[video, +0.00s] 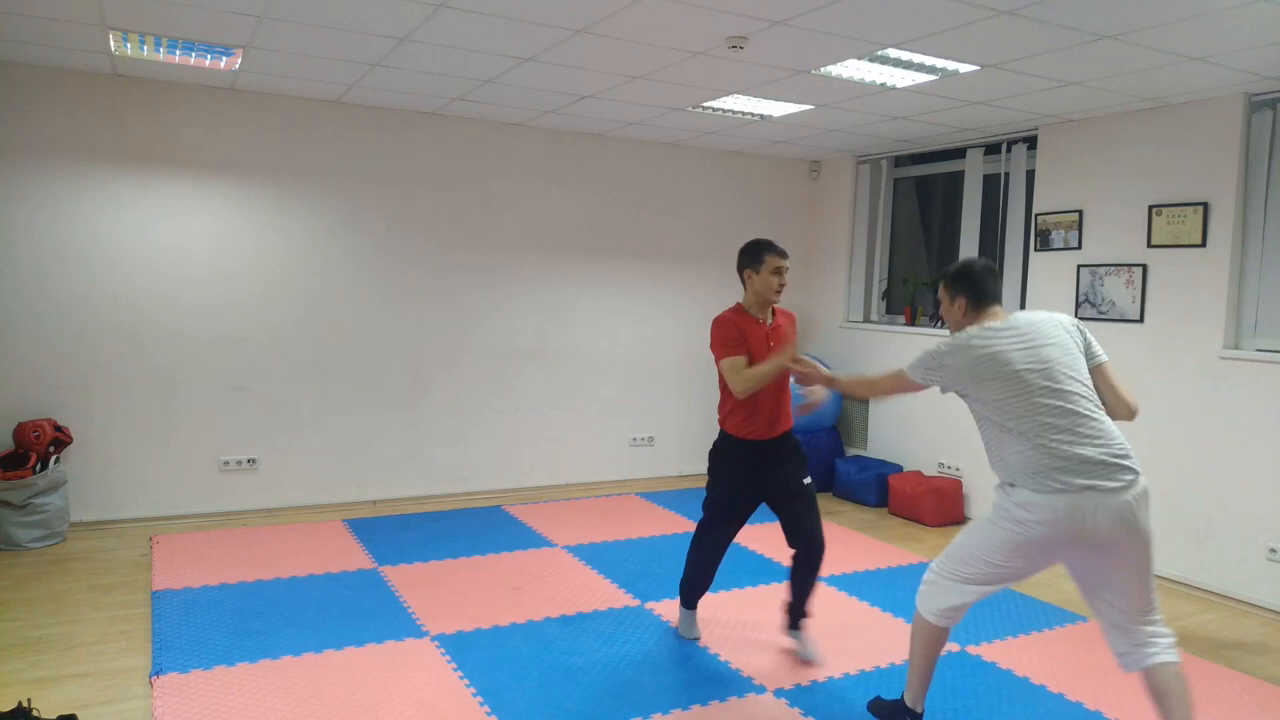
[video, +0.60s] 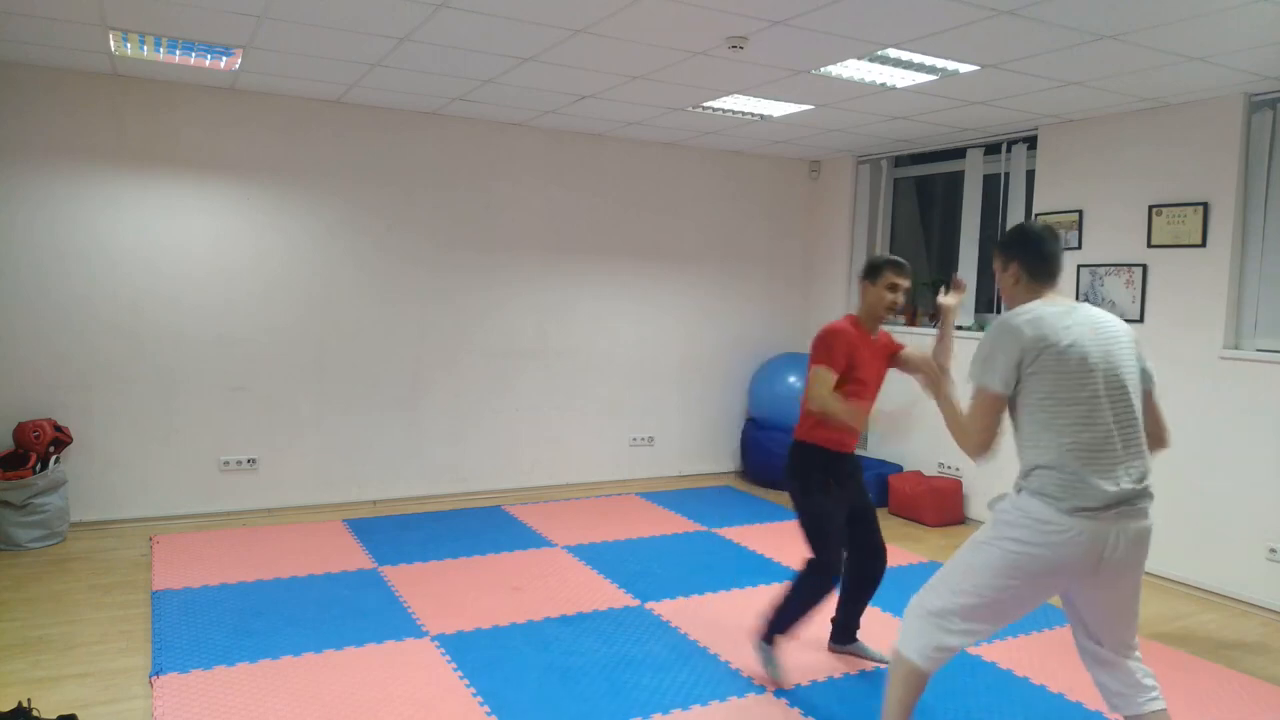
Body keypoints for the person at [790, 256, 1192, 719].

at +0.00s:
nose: (941, 317)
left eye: (942, 306)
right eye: (940, 307)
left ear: (961, 302)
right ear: (997, 297)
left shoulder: (961, 350)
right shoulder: (1066, 326)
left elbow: (878, 386)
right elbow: (1124, 407)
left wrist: (828, 379)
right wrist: (1061, 403)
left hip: (1040, 506)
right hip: (1121, 502)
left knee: (941, 586)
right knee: (1145, 630)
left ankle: (911, 705)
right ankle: (1181, 715)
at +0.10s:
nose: (951, 292)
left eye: (953, 281)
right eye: (951, 282)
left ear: (972, 279)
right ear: (1005, 277)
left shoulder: (961, 332)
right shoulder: (1065, 314)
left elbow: (894, 422)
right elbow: (1109, 407)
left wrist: (890, 417)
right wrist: (1045, 423)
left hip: (1027, 497)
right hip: (1107, 492)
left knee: (935, 589)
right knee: (1120, 631)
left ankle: (910, 704)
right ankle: (1155, 716)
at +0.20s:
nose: (974, 274)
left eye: (976, 264)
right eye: (974, 264)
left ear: (996, 262)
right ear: (1031, 263)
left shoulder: (977, 318)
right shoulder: (1083, 311)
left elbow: (961, 424)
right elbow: (1105, 405)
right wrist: (1045, 429)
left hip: (1022, 492)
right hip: (1101, 493)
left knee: (934, 593)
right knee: (1111, 638)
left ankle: (910, 704)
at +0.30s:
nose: (999, 270)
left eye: (1002, 259)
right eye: (1000, 259)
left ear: (1022, 257)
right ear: (1052, 260)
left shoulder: (1014, 306)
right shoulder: (1101, 313)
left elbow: (1005, 402)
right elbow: (1094, 400)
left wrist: (1001, 421)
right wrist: (1025, 414)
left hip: (1038, 499)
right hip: (1110, 502)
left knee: (947, 602)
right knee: (1116, 645)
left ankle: (913, 706)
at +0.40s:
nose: (1018, 273)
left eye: (1020, 262)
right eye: (1018, 263)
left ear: (1041, 259)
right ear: (1076, 261)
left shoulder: (1036, 309)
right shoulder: (1120, 322)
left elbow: (977, 399)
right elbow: (1092, 404)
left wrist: (972, 358)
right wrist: (1018, 360)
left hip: (1055, 508)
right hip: (1127, 513)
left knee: (945, 605)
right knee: (1119, 647)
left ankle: (919, 712)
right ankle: (1149, 711)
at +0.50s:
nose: (1015, 277)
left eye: (1018, 266)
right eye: (1016, 266)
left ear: (1035, 265)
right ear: (1073, 268)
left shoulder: (1031, 316)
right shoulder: (1121, 326)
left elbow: (953, 405)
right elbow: (1154, 447)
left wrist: (943, 333)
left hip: (1060, 518)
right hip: (1136, 522)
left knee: (944, 603)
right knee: (1116, 651)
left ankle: (919, 713)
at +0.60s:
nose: (997, 282)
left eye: (997, 271)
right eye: (996, 272)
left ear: (1012, 271)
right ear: (1054, 270)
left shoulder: (1015, 326)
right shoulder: (1114, 327)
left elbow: (976, 441)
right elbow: (1156, 437)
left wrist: (936, 383)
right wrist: (1081, 442)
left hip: (1046, 527)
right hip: (1127, 529)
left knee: (929, 622)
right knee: (1118, 657)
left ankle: (894, 713)